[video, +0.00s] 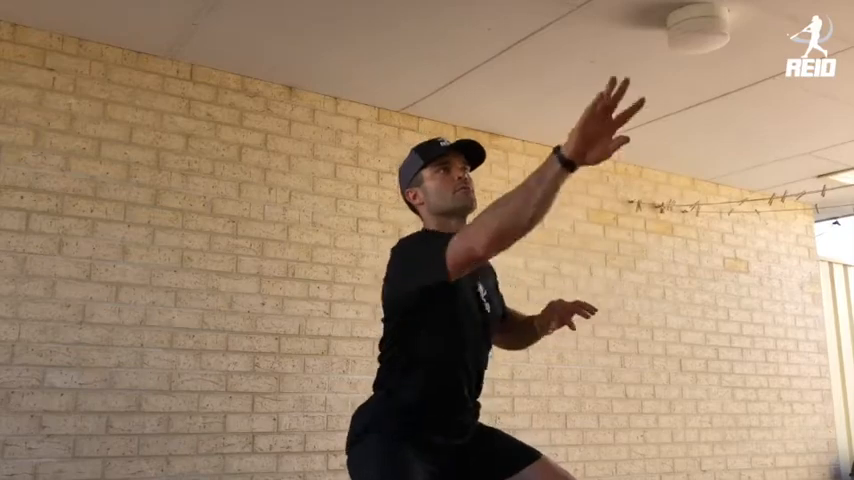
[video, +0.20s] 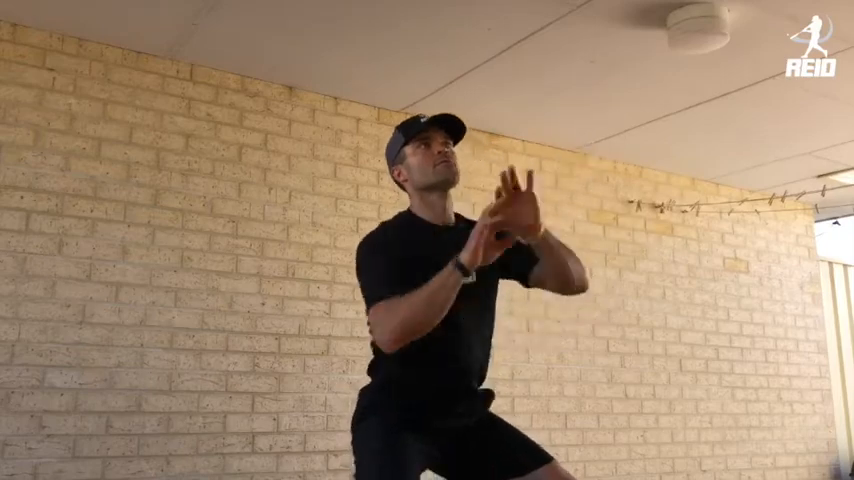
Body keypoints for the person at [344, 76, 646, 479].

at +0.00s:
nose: (462, 175)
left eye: (464, 168)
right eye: (444, 169)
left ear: (472, 182)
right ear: (415, 197)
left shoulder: (477, 265)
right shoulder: (411, 257)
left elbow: (501, 328)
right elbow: (482, 241)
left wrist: (540, 324)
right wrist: (568, 156)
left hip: (461, 436)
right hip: (396, 439)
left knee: (557, 476)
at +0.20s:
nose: (443, 149)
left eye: (447, 143)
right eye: (424, 144)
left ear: (455, 160)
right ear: (401, 175)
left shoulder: (484, 237)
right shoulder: (381, 245)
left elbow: (575, 282)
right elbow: (388, 333)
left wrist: (537, 236)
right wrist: (464, 264)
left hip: (464, 414)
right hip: (395, 414)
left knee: (556, 476)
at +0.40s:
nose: (408, 140)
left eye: (413, 134)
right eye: (388, 137)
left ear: (425, 154)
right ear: (365, 169)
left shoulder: (465, 212)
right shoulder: (347, 251)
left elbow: (534, 156)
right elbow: (313, 357)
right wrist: (349, 324)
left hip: (460, 408)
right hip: (383, 411)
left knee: (547, 475)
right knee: (365, 476)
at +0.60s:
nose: (413, 130)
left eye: (417, 125)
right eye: (394, 126)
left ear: (426, 144)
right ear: (368, 156)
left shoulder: (467, 212)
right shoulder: (346, 238)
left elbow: (564, 218)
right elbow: (316, 340)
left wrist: (561, 161)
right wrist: (372, 287)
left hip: (454, 400)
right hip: (378, 403)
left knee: (542, 476)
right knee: (362, 475)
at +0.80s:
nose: (457, 136)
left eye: (462, 132)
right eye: (439, 132)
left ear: (472, 149)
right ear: (412, 160)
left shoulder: (492, 240)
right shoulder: (396, 218)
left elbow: (532, 316)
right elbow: (411, 252)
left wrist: (555, 298)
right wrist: (478, 185)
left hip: (461, 405)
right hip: (393, 402)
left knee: (551, 475)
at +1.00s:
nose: (493, 146)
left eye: (497, 141)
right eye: (474, 140)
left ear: (502, 160)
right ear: (447, 165)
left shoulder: (501, 252)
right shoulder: (438, 215)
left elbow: (512, 335)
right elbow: (515, 205)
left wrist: (552, 314)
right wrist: (596, 144)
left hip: (472, 406)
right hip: (412, 406)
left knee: (563, 476)